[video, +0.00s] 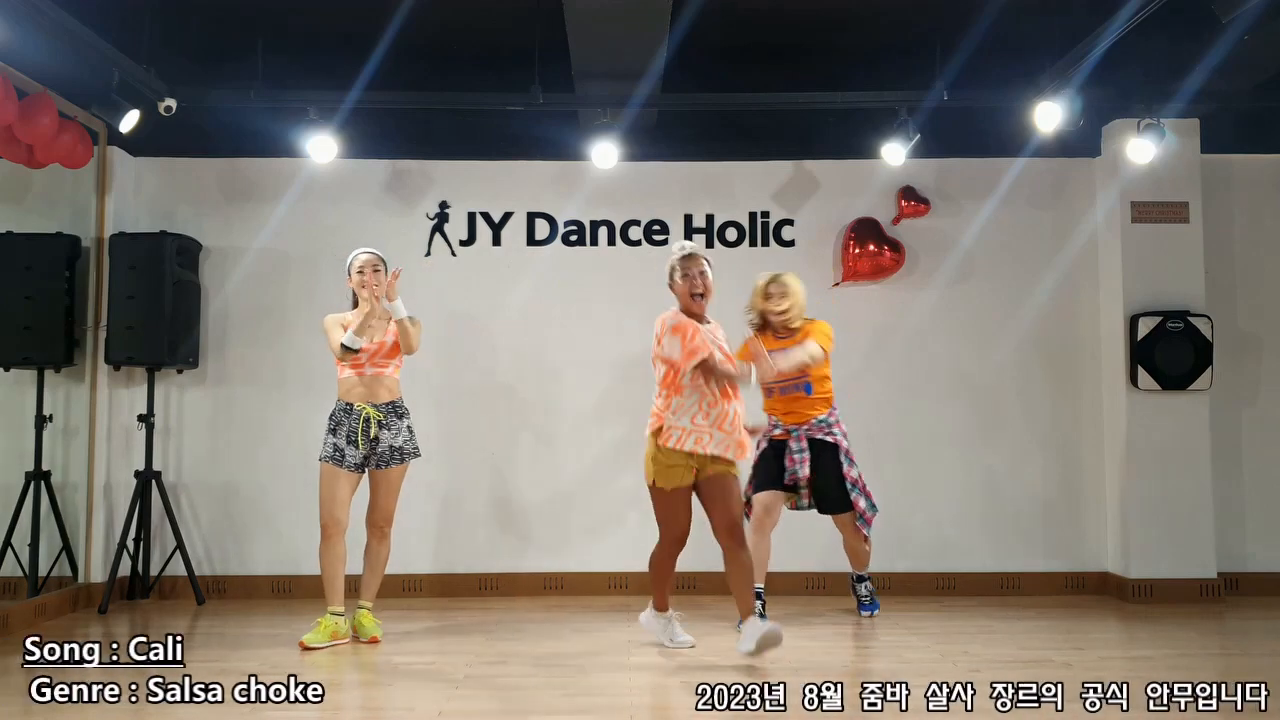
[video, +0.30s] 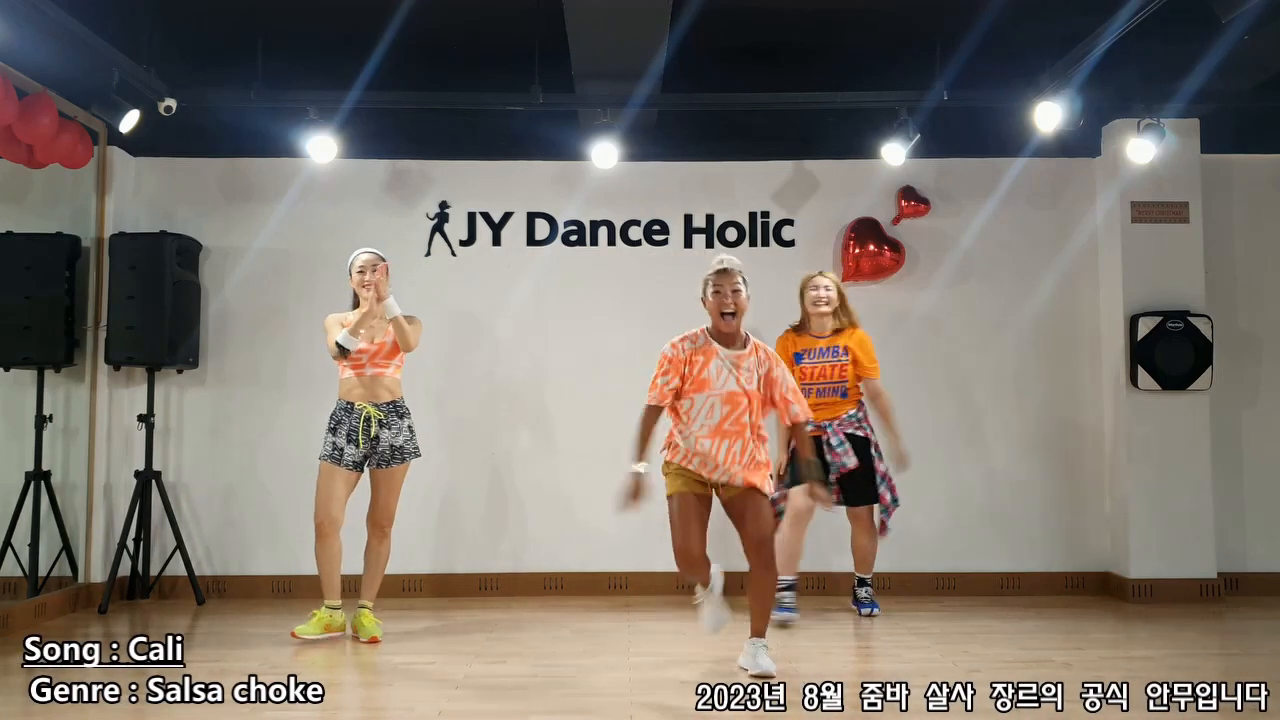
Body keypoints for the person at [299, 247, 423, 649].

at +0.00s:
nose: (369, 276)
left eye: (376, 270)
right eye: (361, 271)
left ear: (386, 279)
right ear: (350, 281)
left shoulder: (401, 320)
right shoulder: (335, 320)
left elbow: (410, 346)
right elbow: (343, 350)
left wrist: (395, 301)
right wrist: (364, 316)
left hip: (392, 423)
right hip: (346, 422)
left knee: (380, 526)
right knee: (332, 525)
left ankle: (364, 612)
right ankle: (335, 617)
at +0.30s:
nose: (369, 275)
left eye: (375, 269)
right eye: (362, 271)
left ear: (387, 277)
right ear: (351, 281)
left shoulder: (405, 320)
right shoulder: (337, 320)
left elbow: (407, 343)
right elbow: (339, 349)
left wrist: (389, 302)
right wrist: (363, 313)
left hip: (392, 422)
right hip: (347, 421)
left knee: (381, 525)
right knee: (326, 522)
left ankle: (364, 611)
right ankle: (332, 611)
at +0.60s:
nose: (364, 277)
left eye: (372, 271)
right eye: (356, 272)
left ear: (382, 281)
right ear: (346, 282)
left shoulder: (399, 324)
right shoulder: (332, 320)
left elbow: (400, 346)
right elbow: (330, 351)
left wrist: (382, 315)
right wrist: (357, 317)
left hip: (386, 424)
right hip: (341, 423)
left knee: (378, 523)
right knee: (330, 526)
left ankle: (366, 608)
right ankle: (341, 599)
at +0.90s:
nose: (350, 279)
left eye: (358, 273)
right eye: (343, 273)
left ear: (369, 283)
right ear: (332, 284)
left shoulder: (387, 324)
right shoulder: (320, 323)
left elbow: (382, 354)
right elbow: (310, 366)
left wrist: (349, 319)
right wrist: (334, 329)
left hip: (374, 425)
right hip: (329, 425)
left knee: (369, 522)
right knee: (329, 525)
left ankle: (365, 608)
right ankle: (342, 605)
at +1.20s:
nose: (333, 277)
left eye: (340, 271)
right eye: (327, 272)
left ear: (355, 281)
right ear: (321, 283)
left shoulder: (370, 321)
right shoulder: (315, 322)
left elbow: (388, 333)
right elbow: (268, 345)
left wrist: (353, 302)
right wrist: (297, 304)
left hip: (368, 422)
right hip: (326, 423)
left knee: (348, 509)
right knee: (327, 518)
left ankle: (363, 586)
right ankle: (341, 602)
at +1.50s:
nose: (312, 296)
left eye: (321, 288)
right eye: (307, 290)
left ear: (338, 295)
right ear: (302, 299)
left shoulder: (360, 331)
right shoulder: (309, 341)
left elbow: (407, 332)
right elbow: (267, 363)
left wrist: (367, 334)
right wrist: (270, 349)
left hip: (373, 434)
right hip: (333, 437)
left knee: (352, 520)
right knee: (323, 523)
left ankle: (367, 594)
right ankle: (341, 604)